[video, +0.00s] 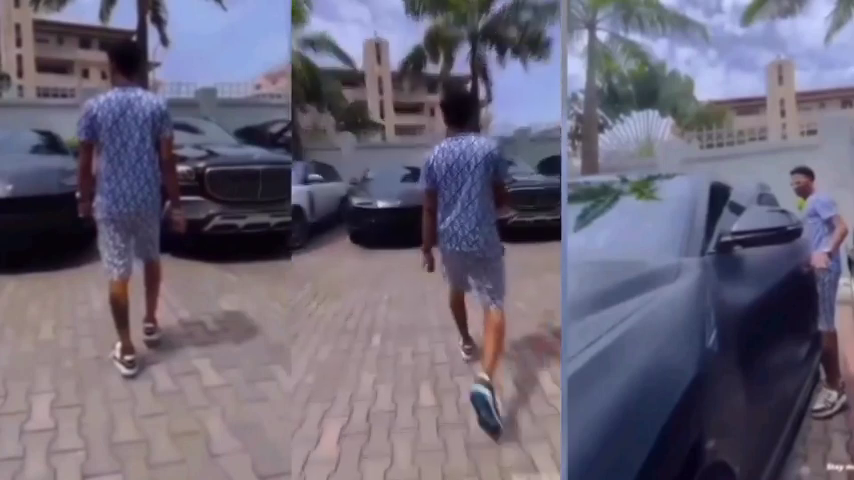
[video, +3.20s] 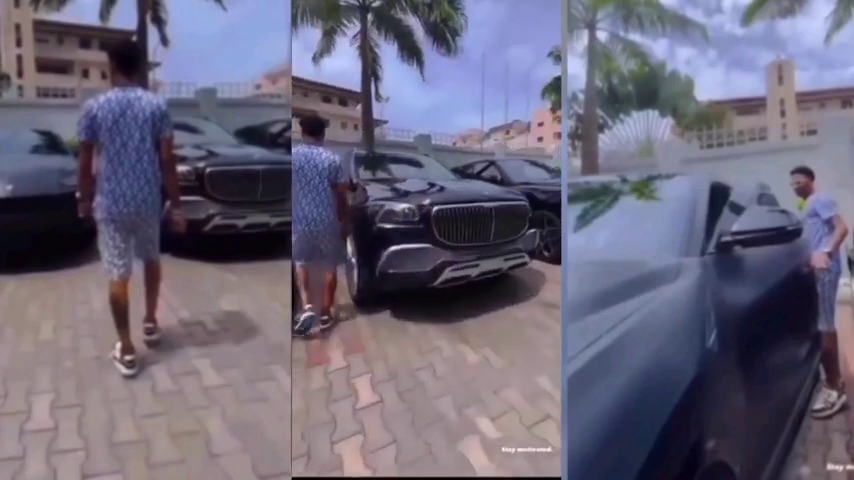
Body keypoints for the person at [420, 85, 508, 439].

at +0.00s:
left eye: (447, 113)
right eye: (473, 112)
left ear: (444, 116)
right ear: (476, 115)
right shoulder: (489, 149)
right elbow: (501, 196)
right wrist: (502, 205)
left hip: (450, 238)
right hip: (483, 238)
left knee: (457, 291)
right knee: (494, 303)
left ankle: (466, 342)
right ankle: (486, 377)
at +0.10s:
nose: (441, 128)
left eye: (440, 124)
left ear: (441, 126)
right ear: (468, 124)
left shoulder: (432, 159)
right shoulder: (480, 155)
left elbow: (427, 204)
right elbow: (489, 195)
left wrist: (427, 237)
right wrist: (491, 223)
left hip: (445, 234)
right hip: (474, 233)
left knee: (452, 286)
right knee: (483, 286)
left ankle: (461, 337)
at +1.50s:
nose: (430, 133)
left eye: (429, 129)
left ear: (430, 130)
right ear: (451, 130)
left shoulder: (418, 158)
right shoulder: (460, 157)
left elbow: (410, 195)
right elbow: (469, 195)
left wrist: (409, 221)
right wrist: (475, 227)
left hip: (428, 224)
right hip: (454, 223)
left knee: (434, 276)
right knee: (456, 263)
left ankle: (440, 333)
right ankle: (454, 300)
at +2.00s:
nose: (401, 133)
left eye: (401, 129)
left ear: (402, 130)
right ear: (424, 130)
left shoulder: (392, 156)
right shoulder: (432, 157)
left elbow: (386, 193)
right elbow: (440, 192)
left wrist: (386, 223)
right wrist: (439, 219)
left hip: (399, 223)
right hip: (425, 223)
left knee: (398, 268)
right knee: (425, 271)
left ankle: (403, 307)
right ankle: (420, 322)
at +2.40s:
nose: (361, 136)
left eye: (358, 131)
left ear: (357, 133)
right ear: (378, 132)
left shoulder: (350, 159)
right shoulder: (391, 158)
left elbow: (348, 199)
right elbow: (400, 195)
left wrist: (346, 230)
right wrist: (404, 222)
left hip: (363, 224)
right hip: (389, 223)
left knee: (367, 269)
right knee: (395, 268)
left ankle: (374, 308)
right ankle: (392, 316)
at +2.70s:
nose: (338, 135)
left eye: (332, 130)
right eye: (346, 130)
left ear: (328, 131)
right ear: (350, 131)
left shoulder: (316, 156)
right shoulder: (360, 156)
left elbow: (308, 194)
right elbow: (368, 192)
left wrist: (309, 222)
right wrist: (375, 220)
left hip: (329, 224)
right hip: (357, 223)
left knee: (338, 276)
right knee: (366, 262)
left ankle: (347, 325)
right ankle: (365, 304)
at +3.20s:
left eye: (303, 131)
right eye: (322, 132)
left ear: (302, 132)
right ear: (323, 133)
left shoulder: (292, 156)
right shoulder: (331, 160)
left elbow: (286, 188)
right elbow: (341, 194)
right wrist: (344, 221)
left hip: (299, 219)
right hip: (326, 219)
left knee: (301, 263)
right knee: (329, 266)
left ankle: (307, 306)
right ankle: (325, 311)